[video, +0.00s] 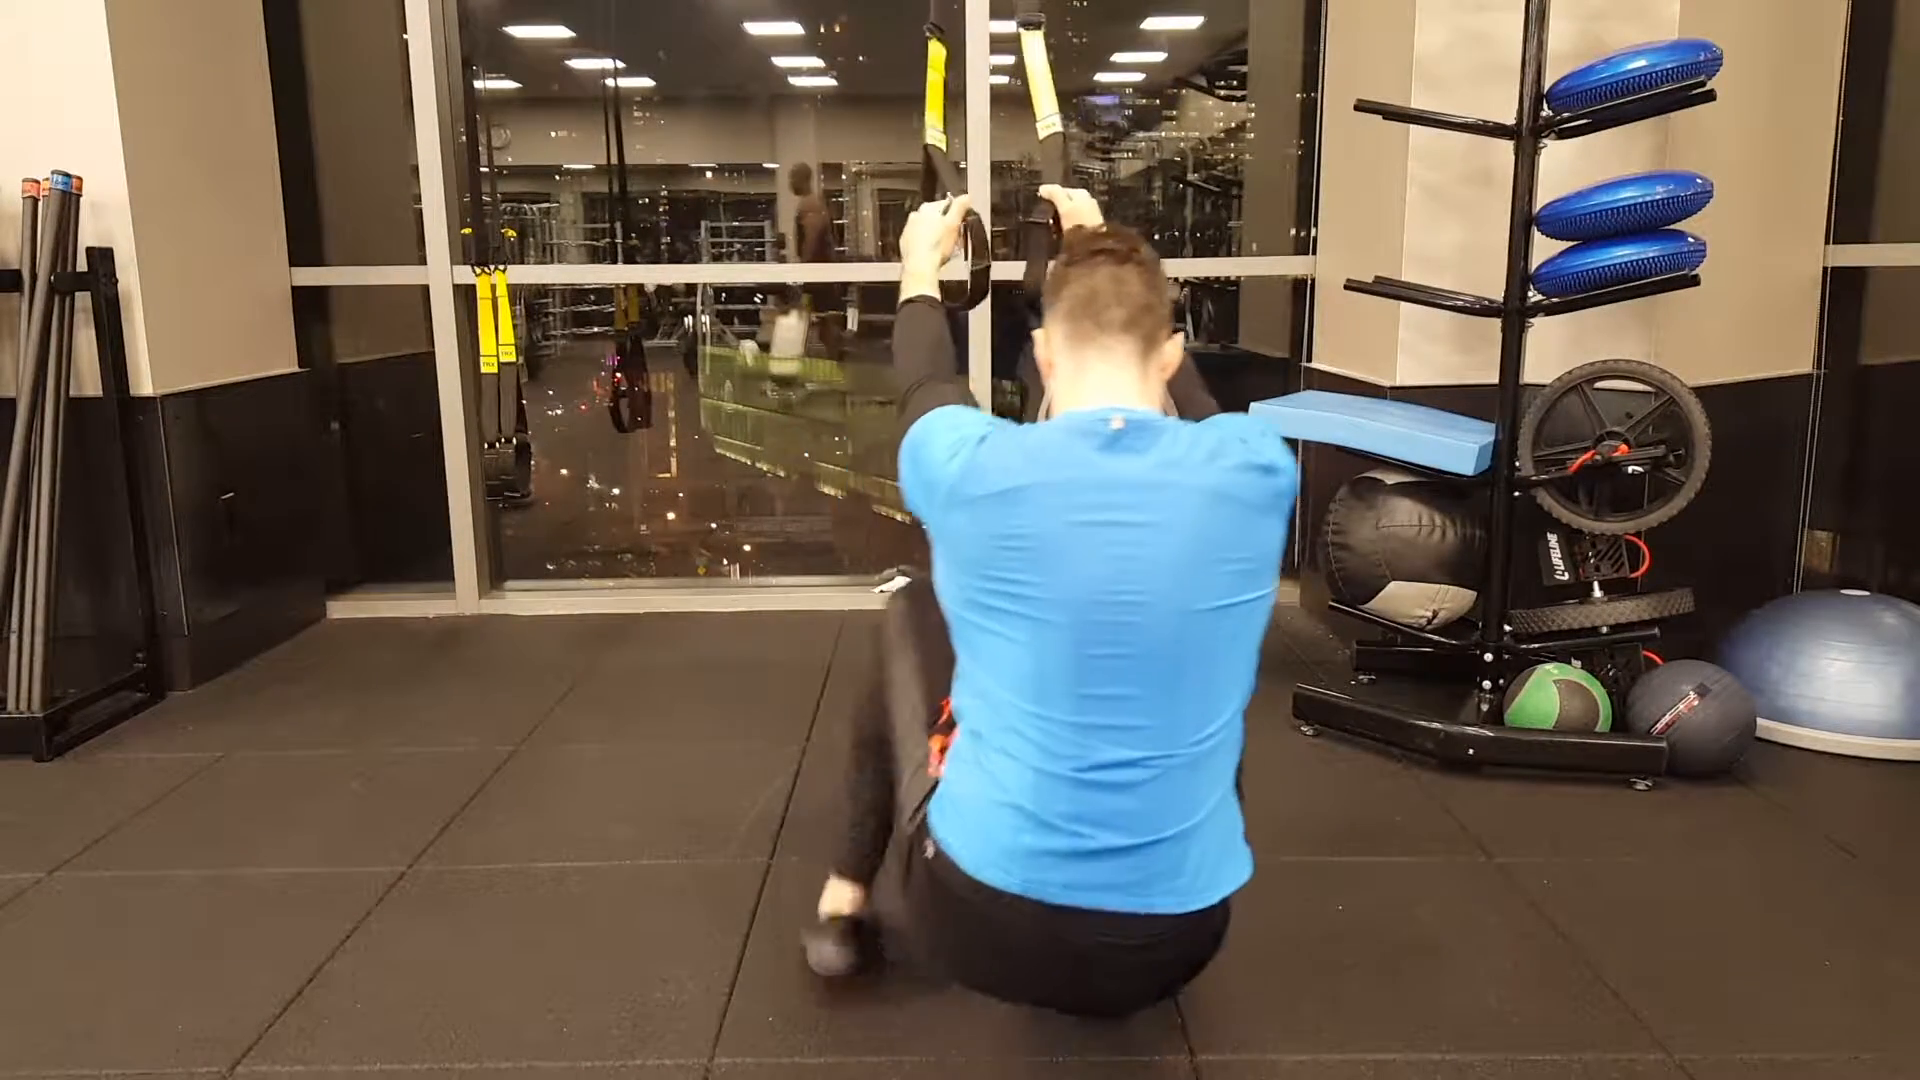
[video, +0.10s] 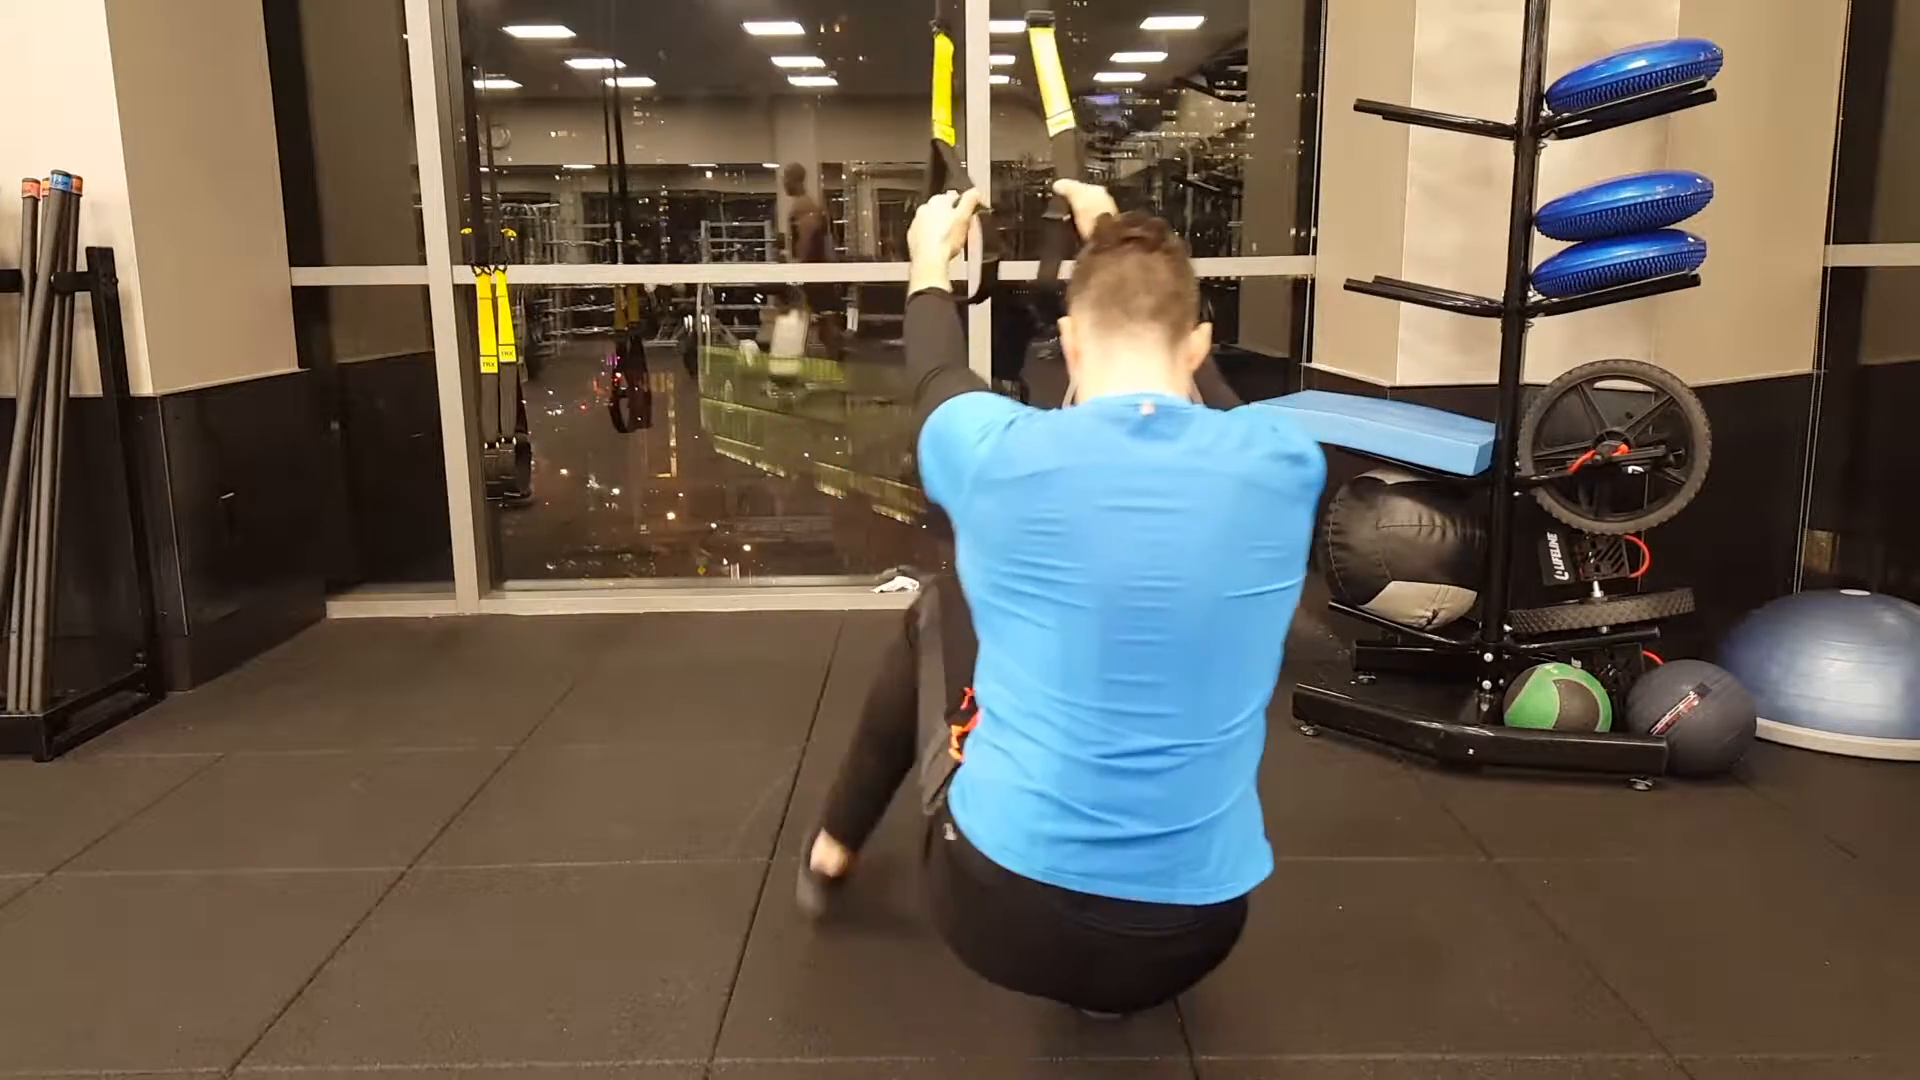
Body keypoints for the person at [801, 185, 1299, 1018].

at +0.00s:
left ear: (1041, 357)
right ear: (1169, 358)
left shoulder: (975, 471)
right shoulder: (1256, 475)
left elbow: (928, 378)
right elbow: (1181, 396)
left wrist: (916, 271)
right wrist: (1102, 256)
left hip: (988, 930)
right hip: (1171, 945)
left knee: (910, 603)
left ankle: (845, 896)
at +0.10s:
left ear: (1070, 342)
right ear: (1200, 347)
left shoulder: (998, 454)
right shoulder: (1285, 465)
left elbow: (937, 367)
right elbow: (1200, 374)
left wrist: (926, 266)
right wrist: (1122, 248)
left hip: (1001, 924)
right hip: (1183, 943)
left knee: (939, 599)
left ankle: (836, 842)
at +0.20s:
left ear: (1096, 339)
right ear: (1224, 347)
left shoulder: (1019, 454)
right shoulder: (1305, 471)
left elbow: (955, 365)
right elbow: (1216, 368)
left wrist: (947, 262)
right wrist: (1145, 238)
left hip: (1019, 933)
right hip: (1201, 948)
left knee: (962, 622)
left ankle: (845, 787)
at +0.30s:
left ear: (1109, 347)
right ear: (1237, 357)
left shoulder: (1029, 466)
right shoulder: (1317, 484)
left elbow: (978, 365)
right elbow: (1236, 385)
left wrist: (969, 249)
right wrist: (1165, 246)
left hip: (1037, 950)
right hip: (1216, 963)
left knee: (981, 666)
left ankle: (900, 726)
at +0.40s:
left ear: (1112, 361)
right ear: (1239, 374)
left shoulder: (1032, 478)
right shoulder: (1321, 491)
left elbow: (995, 372)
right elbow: (1247, 397)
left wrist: (989, 253)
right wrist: (1168, 253)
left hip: (1048, 956)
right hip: (1228, 969)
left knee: (989, 646)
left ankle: (940, 717)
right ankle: (941, 722)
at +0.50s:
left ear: (1111, 362)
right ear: (1242, 373)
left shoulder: (1034, 481)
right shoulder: (1322, 488)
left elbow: (1000, 378)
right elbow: (1243, 398)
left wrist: (990, 252)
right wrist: (1165, 253)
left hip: (1059, 959)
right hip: (1240, 967)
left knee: (1006, 671)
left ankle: (952, 725)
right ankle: (958, 730)